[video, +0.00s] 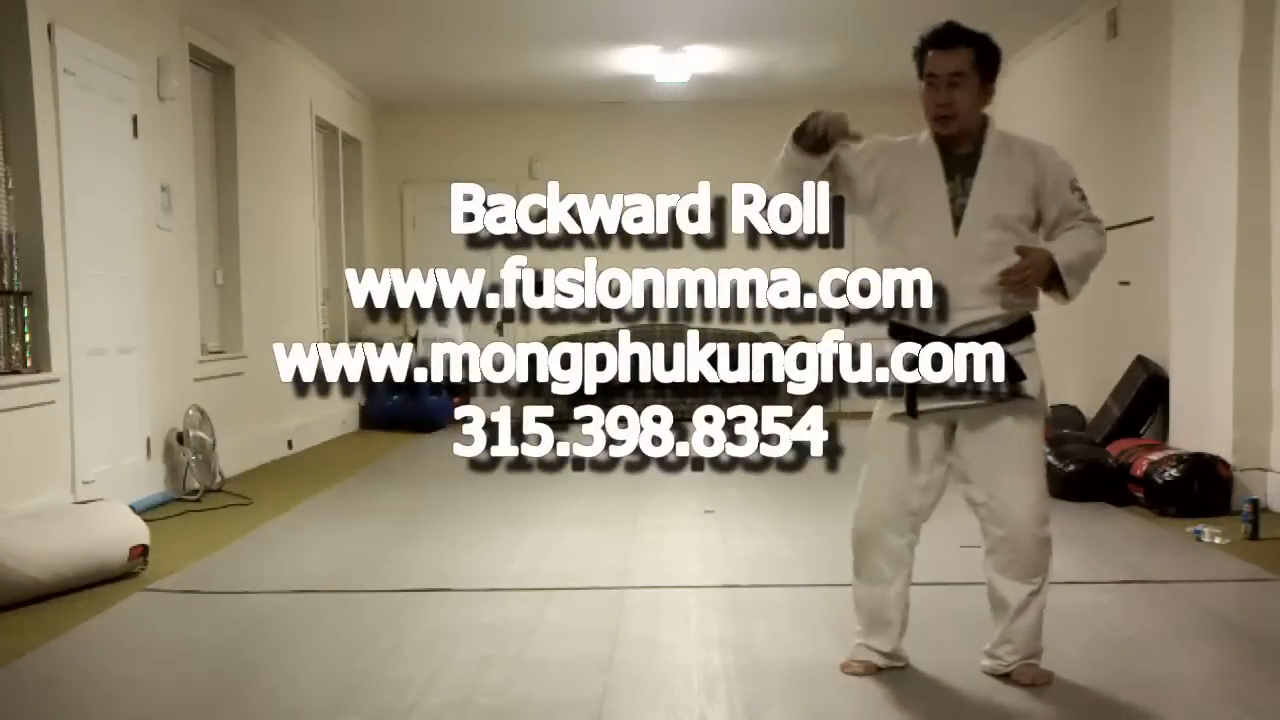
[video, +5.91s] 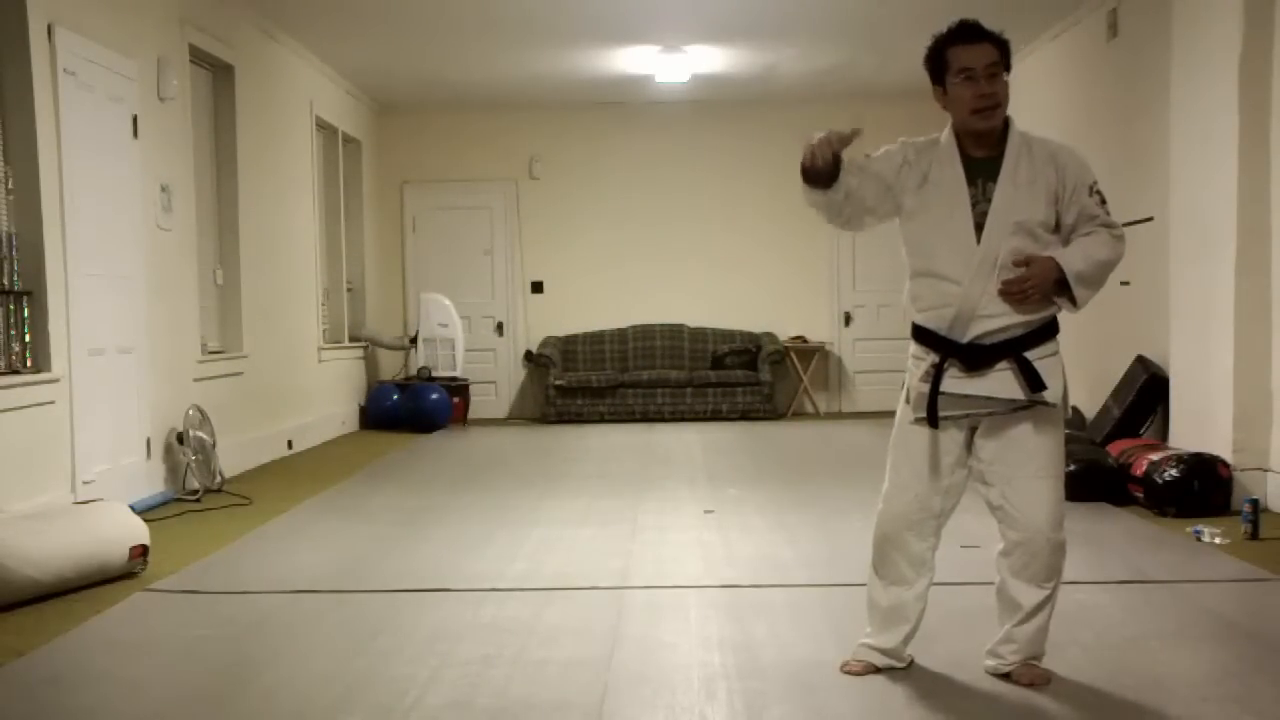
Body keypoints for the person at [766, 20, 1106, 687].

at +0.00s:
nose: (941, 96)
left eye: (957, 82)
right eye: (931, 82)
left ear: (987, 88)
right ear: (918, 88)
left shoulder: (1035, 162)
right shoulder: (880, 160)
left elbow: (1085, 233)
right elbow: (790, 191)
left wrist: (1053, 260)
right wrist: (810, 146)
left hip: (1000, 369)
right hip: (907, 371)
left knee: (1022, 523)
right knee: (880, 518)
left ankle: (1015, 654)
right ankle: (877, 642)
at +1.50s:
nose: (940, 85)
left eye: (957, 73)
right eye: (931, 73)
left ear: (988, 85)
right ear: (919, 86)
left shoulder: (1031, 167)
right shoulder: (887, 154)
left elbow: (1079, 243)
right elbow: (836, 121)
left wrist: (1032, 267)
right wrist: (858, 60)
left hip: (989, 362)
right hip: (896, 363)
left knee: (1011, 521)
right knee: (881, 516)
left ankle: (1014, 651)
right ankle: (879, 643)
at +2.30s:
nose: (989, 86)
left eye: (1001, 74)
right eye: (972, 75)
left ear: (1015, 83)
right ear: (946, 87)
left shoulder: (1057, 168)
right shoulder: (907, 158)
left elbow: (1106, 243)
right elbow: (835, 156)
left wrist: (1060, 267)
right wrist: (784, 126)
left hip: (1014, 372)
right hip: (919, 372)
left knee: (1028, 526)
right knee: (894, 518)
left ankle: (1016, 654)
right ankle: (881, 642)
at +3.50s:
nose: (968, 87)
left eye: (987, 74)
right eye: (962, 74)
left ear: (1021, 88)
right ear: (953, 83)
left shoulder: (1064, 171)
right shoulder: (918, 154)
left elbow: (1110, 251)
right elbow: (861, 120)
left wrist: (1063, 271)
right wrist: (841, 66)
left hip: (1018, 365)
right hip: (927, 362)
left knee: (1029, 526)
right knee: (893, 515)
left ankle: (1015, 654)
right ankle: (882, 641)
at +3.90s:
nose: (985, 88)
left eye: (1002, 73)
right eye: (973, 73)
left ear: (1029, 84)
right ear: (959, 83)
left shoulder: (1070, 171)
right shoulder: (933, 156)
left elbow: (1114, 250)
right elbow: (898, 99)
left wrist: (1070, 269)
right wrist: (945, 43)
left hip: (1024, 368)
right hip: (934, 364)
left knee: (1034, 526)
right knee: (897, 514)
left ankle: (1016, 653)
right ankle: (882, 641)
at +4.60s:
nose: (978, 84)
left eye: (988, 70)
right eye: (959, 74)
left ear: (1005, 81)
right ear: (936, 93)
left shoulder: (1055, 165)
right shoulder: (915, 162)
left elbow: (1103, 239)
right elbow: (861, 140)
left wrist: (1061, 265)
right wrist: (860, 86)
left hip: (1022, 365)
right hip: (931, 365)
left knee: (1035, 525)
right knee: (899, 516)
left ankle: (1016, 654)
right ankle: (884, 641)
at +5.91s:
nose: (985, 87)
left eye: (995, 73)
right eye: (967, 77)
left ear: (1010, 80)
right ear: (940, 93)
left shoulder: (1056, 162)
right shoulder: (913, 163)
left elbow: (1105, 239)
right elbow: (850, 204)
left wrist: (1062, 268)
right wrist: (823, 174)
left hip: (1026, 372)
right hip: (936, 373)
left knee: (1038, 529)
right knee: (902, 518)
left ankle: (1017, 653)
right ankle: (886, 642)